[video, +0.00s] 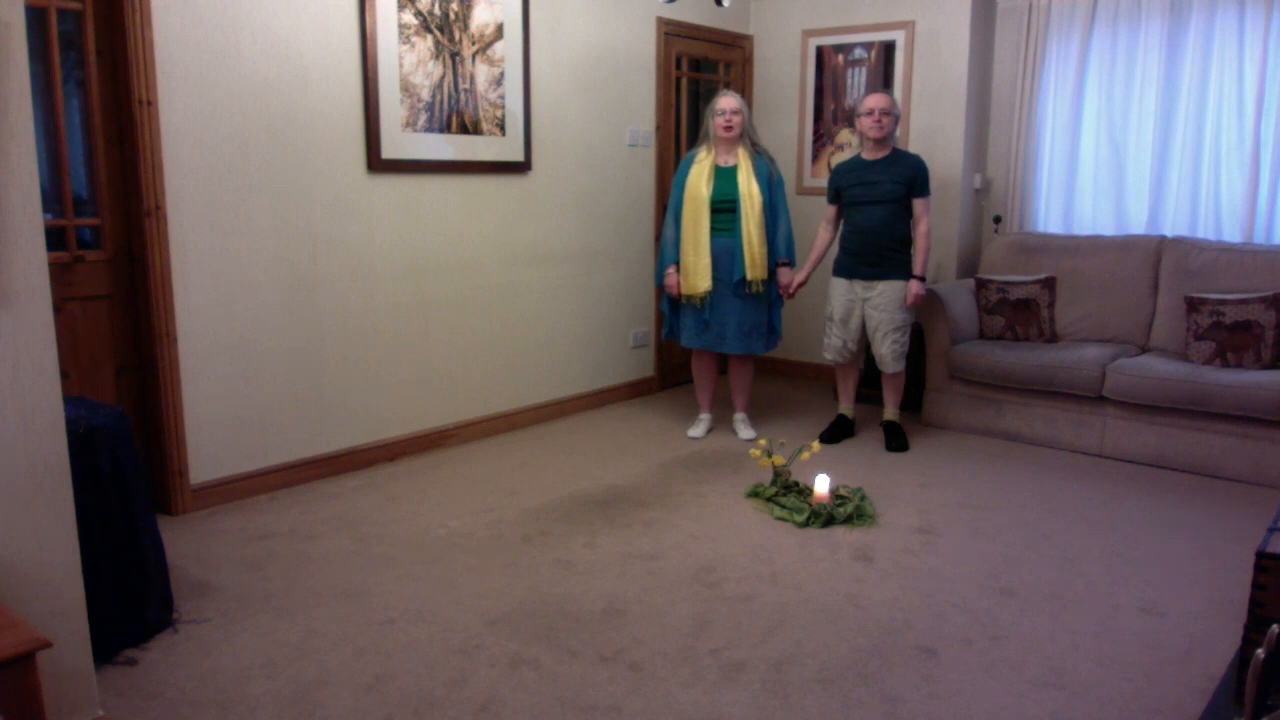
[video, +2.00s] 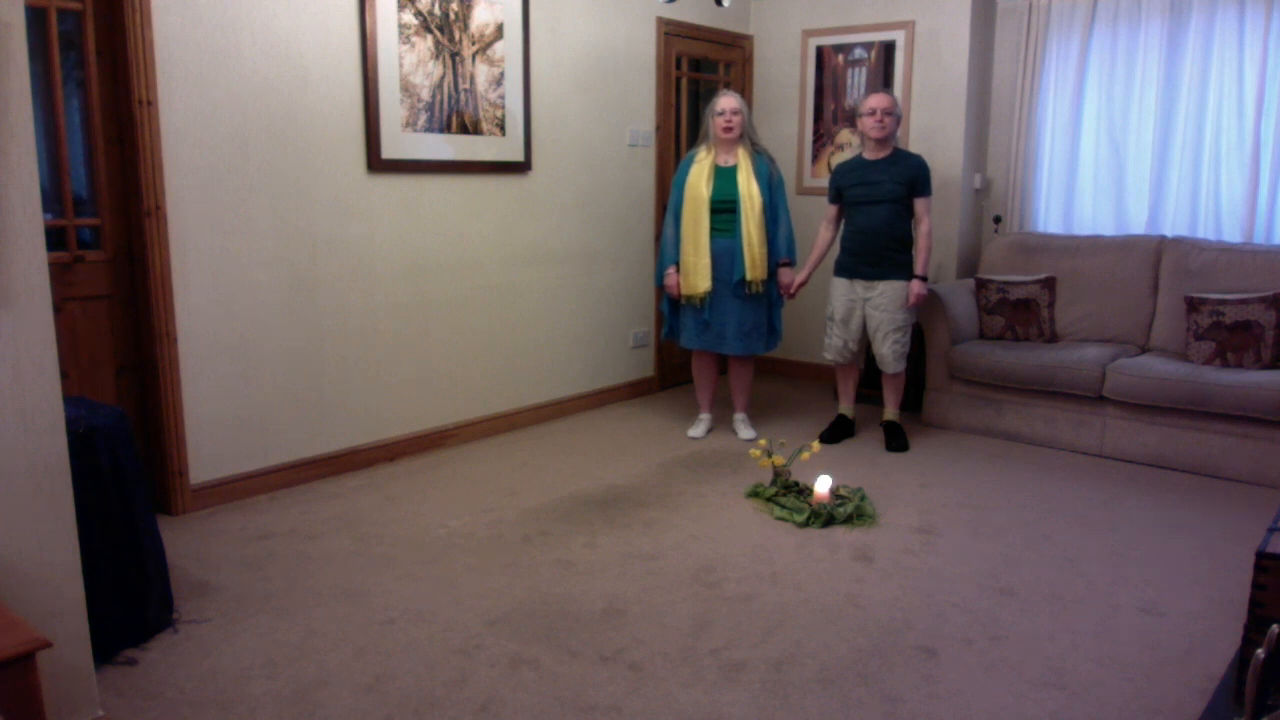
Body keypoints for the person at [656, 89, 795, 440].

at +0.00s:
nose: (727, 119)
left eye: (735, 113)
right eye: (720, 113)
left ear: (745, 119)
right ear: (710, 120)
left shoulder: (762, 163)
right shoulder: (692, 162)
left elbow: (779, 216)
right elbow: (674, 217)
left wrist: (783, 263)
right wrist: (670, 266)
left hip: (748, 268)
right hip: (700, 268)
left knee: (742, 344)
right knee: (702, 343)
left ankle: (741, 415)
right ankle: (704, 413)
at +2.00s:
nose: (728, 119)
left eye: (735, 113)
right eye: (721, 114)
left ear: (745, 119)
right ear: (710, 120)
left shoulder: (762, 163)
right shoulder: (692, 163)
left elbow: (779, 215)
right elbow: (673, 218)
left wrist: (784, 264)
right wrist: (670, 266)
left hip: (748, 268)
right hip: (700, 268)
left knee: (742, 344)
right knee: (702, 343)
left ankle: (741, 415)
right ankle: (704, 413)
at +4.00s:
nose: (729, 119)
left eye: (736, 113)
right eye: (722, 113)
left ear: (747, 119)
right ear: (712, 120)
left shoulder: (763, 164)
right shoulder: (693, 163)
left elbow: (780, 216)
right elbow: (675, 217)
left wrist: (785, 264)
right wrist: (667, 264)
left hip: (749, 268)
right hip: (700, 268)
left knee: (743, 344)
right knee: (702, 342)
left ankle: (741, 414)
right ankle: (705, 413)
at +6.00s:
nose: (731, 119)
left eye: (737, 113)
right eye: (723, 113)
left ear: (748, 119)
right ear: (713, 120)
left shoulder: (764, 164)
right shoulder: (694, 164)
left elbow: (781, 216)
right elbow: (676, 218)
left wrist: (786, 264)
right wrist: (672, 266)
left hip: (750, 269)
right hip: (702, 269)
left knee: (743, 345)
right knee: (703, 343)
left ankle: (741, 414)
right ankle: (705, 413)